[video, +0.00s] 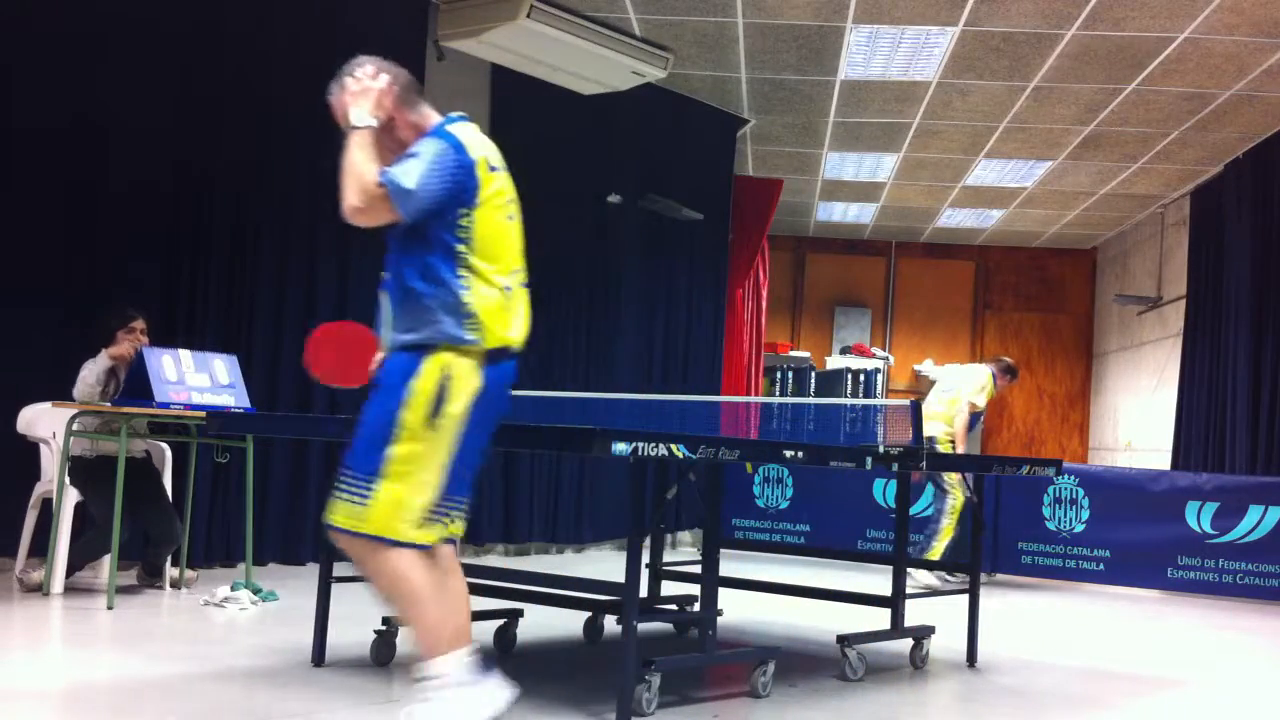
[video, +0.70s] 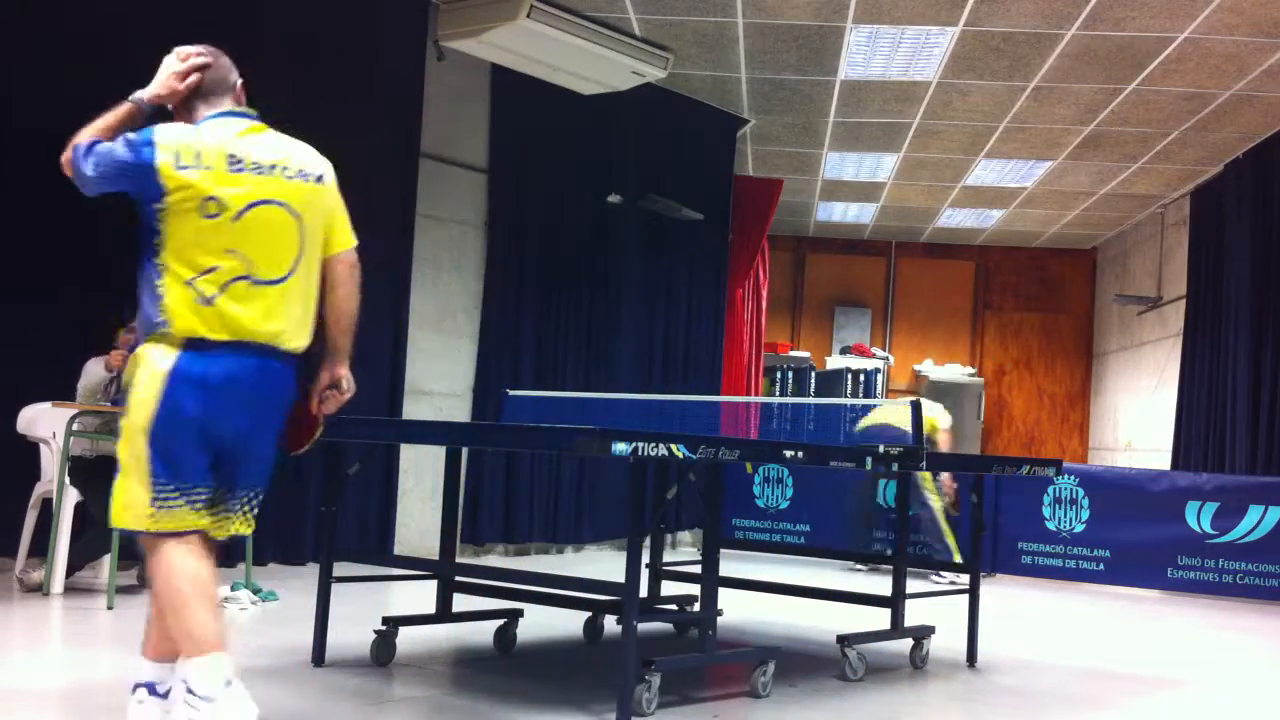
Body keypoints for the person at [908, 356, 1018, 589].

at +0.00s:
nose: (1002, 388)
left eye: (1005, 385)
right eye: (1006, 384)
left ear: (991, 364)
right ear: (1003, 375)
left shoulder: (959, 369)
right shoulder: (984, 377)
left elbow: (931, 370)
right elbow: (962, 411)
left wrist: (926, 366)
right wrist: (960, 453)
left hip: (924, 433)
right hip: (939, 436)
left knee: (955, 497)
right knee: (956, 496)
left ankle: (938, 564)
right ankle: (927, 563)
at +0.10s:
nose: (999, 385)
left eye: (1002, 382)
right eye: (1002, 381)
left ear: (985, 360)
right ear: (1001, 372)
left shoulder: (952, 368)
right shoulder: (987, 373)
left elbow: (926, 404)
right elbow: (972, 407)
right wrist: (976, 447)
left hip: (922, 436)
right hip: (943, 436)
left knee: (949, 501)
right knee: (962, 499)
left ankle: (927, 561)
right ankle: (940, 564)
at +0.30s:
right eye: (991, 380)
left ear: (968, 364)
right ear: (988, 371)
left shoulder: (939, 370)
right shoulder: (984, 374)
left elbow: (915, 406)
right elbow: (987, 413)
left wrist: (899, 456)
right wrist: (997, 448)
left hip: (921, 437)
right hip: (949, 438)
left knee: (935, 501)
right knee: (959, 504)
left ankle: (941, 562)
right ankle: (948, 567)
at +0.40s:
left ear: (948, 368)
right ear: (971, 372)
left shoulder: (930, 376)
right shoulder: (977, 381)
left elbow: (912, 406)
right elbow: (987, 419)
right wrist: (997, 461)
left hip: (914, 443)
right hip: (946, 443)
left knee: (913, 506)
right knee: (959, 510)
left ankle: (909, 563)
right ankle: (949, 568)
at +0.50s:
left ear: (937, 377)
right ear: (964, 379)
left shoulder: (919, 388)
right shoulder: (968, 391)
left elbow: (896, 430)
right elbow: (979, 429)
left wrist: (883, 474)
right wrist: (987, 472)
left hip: (903, 444)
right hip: (938, 446)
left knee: (894, 499)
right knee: (960, 508)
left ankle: (879, 555)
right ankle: (950, 568)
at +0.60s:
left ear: (925, 385)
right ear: (951, 390)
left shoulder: (907, 396)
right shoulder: (952, 399)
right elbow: (964, 432)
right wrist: (967, 473)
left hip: (886, 443)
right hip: (921, 447)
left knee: (874, 497)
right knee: (950, 507)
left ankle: (864, 554)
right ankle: (950, 567)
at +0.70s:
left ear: (904, 395)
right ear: (924, 395)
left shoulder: (887, 405)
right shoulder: (935, 408)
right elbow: (943, 445)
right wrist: (947, 478)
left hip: (867, 431)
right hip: (902, 435)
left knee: (866, 496)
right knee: (927, 499)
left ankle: (862, 555)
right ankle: (950, 563)